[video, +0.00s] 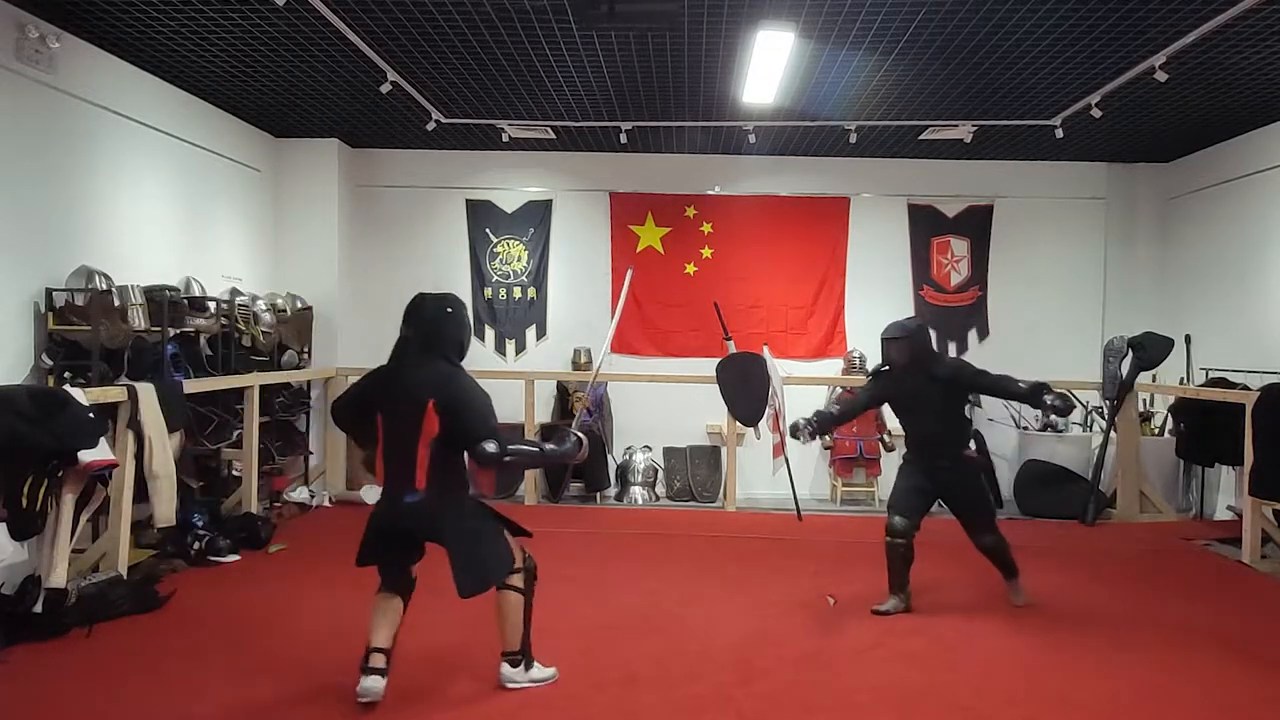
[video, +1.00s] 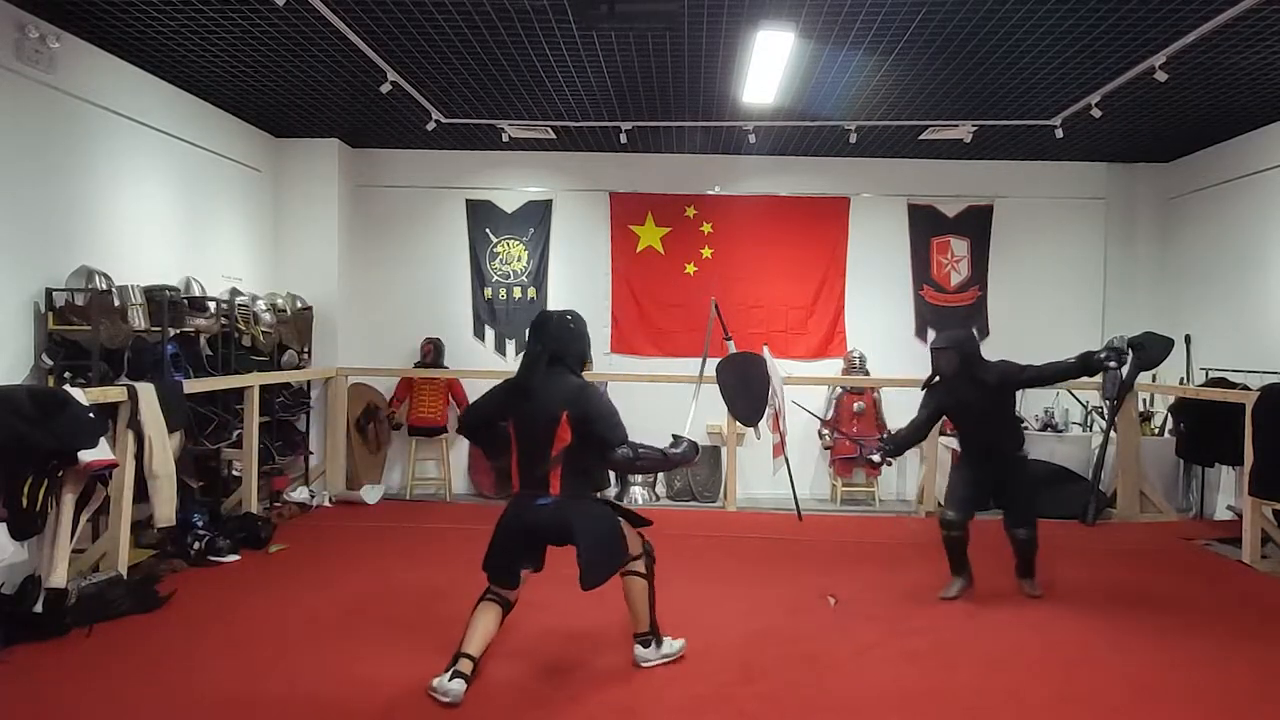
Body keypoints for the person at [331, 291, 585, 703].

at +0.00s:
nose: (466, 339)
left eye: (465, 331)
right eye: (463, 331)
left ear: (410, 330)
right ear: (453, 334)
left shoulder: (385, 376)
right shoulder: (456, 384)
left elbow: (343, 410)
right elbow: (490, 450)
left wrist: (376, 450)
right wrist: (558, 452)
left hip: (393, 506)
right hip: (446, 507)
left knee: (394, 580)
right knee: (516, 564)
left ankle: (374, 671)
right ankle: (516, 662)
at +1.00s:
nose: (588, 350)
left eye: (585, 342)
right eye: (584, 343)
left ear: (538, 346)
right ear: (574, 347)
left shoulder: (516, 387)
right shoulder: (582, 392)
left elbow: (470, 421)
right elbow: (618, 442)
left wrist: (502, 454)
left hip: (523, 510)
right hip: (577, 510)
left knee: (500, 590)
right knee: (636, 547)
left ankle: (458, 673)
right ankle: (647, 642)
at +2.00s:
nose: (812, 357)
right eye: (810, 351)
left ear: (771, 354)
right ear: (809, 356)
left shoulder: (756, 389)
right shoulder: (823, 396)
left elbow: (714, 414)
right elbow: (851, 449)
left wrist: (744, 446)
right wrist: (880, 434)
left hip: (765, 494)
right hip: (811, 494)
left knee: (742, 565)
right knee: (844, 538)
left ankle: (714, 619)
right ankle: (842, 606)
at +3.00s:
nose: (679, 334)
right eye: (675, 328)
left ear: (629, 331)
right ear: (672, 336)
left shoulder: (610, 362)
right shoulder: (675, 380)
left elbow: (570, 387)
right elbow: (683, 426)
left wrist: (601, 414)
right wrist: (679, 385)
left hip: (602, 477)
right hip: (649, 477)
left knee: (596, 556)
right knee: (700, 541)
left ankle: (546, 619)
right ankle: (727, 621)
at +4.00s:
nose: (404, 329)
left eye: (401, 319)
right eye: (399, 320)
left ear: (355, 324)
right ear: (382, 325)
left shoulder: (325, 365)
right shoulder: (377, 376)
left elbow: (291, 391)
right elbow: (386, 449)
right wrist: (459, 464)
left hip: (307, 501)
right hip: (348, 506)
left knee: (292, 599)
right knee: (418, 574)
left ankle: (222, 690)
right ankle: (343, 655)